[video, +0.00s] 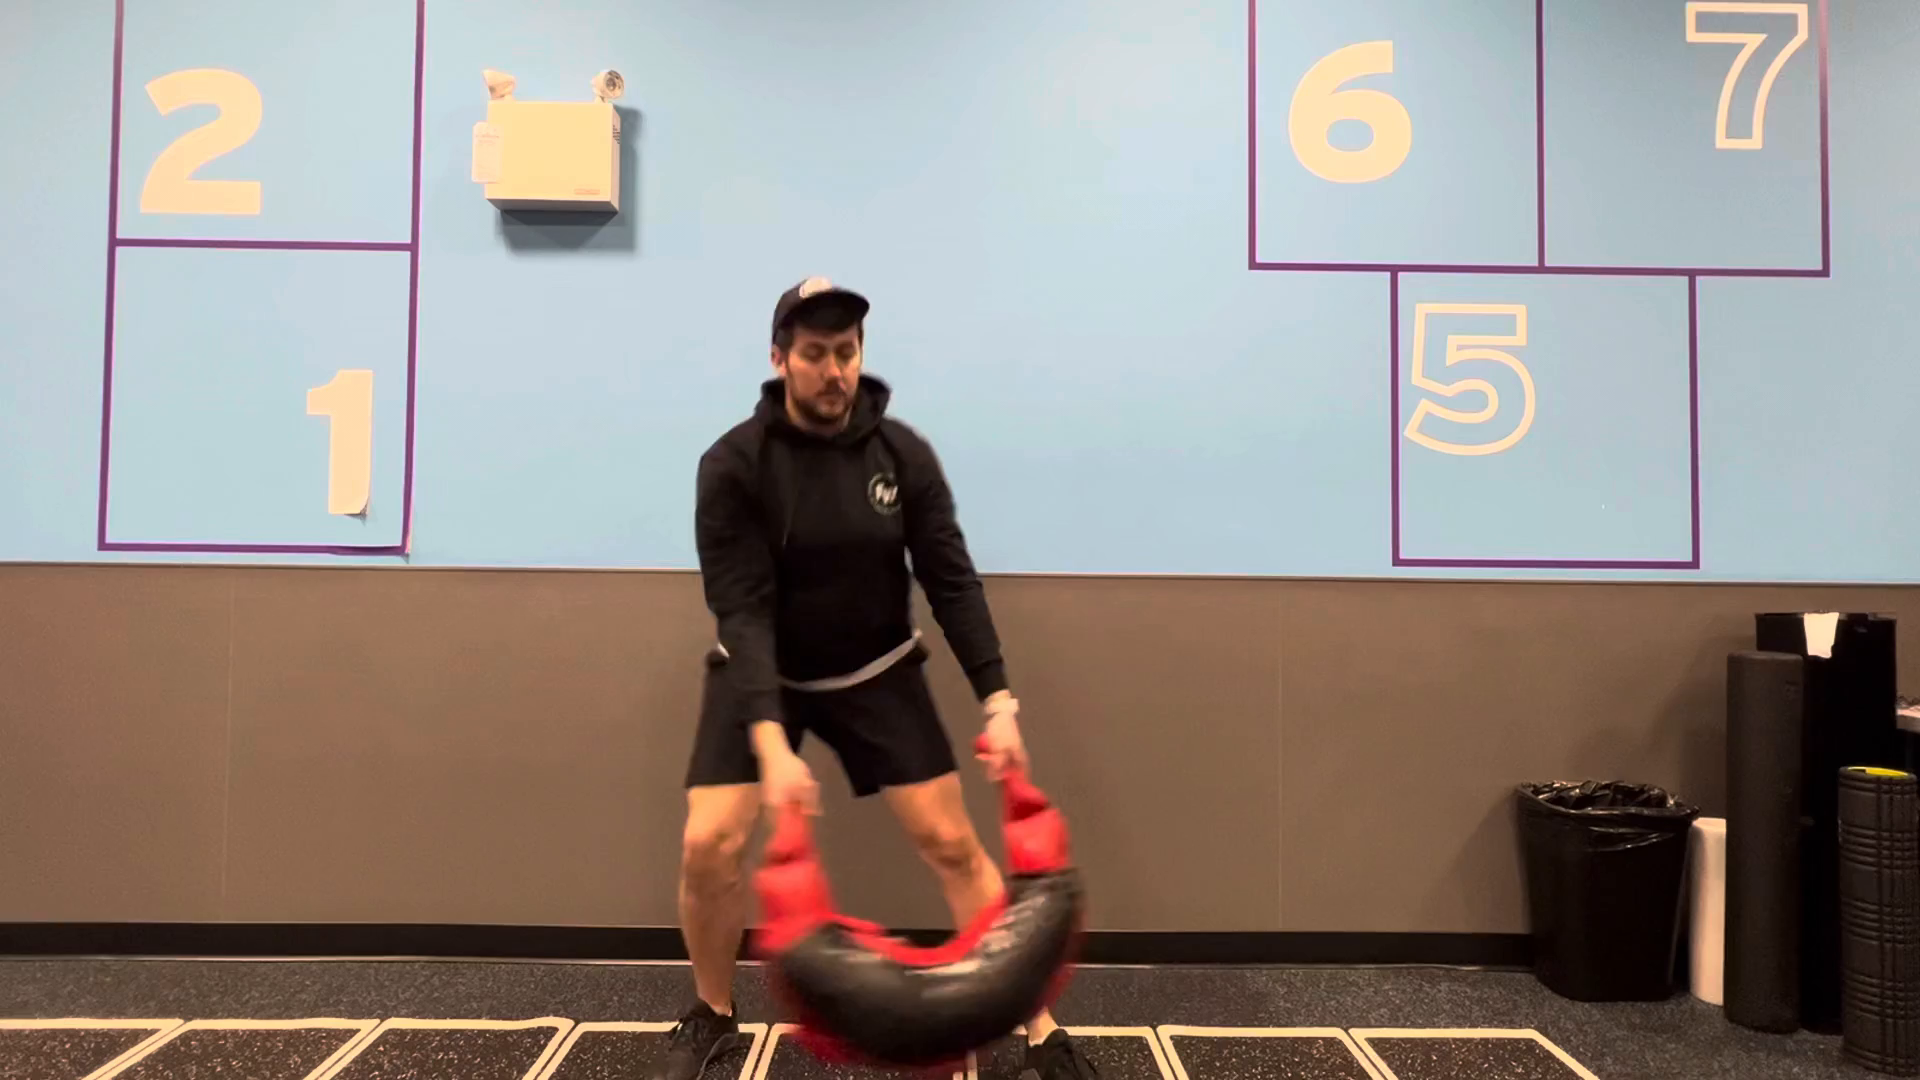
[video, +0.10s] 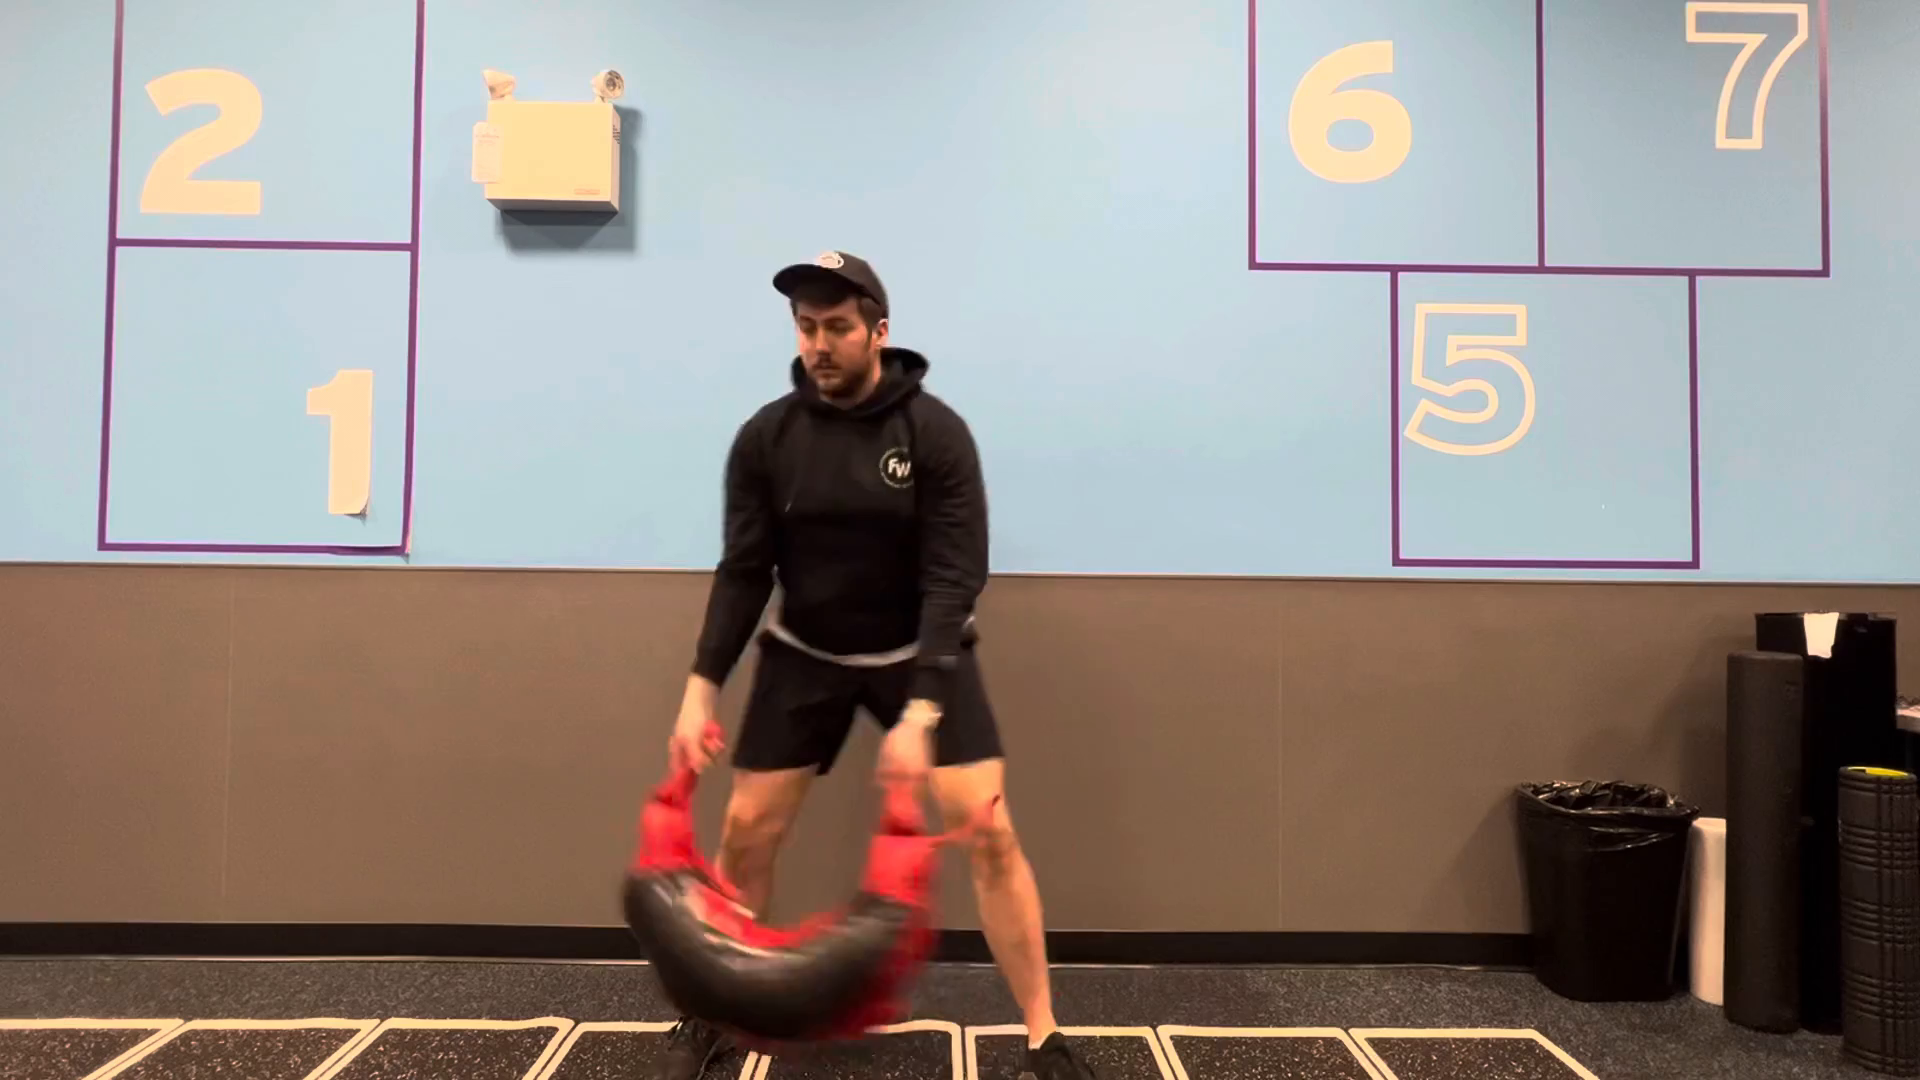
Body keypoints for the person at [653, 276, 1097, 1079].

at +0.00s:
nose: (836, 371)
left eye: (848, 353)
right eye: (818, 355)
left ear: (863, 358)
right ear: (781, 360)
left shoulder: (903, 457)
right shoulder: (732, 467)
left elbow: (950, 579)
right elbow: (741, 613)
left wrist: (997, 697)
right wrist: (771, 745)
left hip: (877, 672)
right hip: (761, 676)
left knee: (952, 844)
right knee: (707, 846)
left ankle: (1039, 1031)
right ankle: (714, 1013)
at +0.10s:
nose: (818, 344)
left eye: (837, 327)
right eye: (806, 328)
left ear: (879, 329)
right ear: (795, 334)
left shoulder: (935, 436)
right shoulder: (764, 441)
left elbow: (954, 579)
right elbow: (742, 569)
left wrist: (920, 710)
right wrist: (701, 686)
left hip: (921, 654)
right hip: (805, 654)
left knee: (989, 831)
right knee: (746, 832)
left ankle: (1043, 1034)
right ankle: (721, 1020)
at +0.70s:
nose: (854, 422)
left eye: (866, 406)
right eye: (856, 406)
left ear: (916, 413)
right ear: (909, 413)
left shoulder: (967, 515)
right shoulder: (885, 506)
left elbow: (841, 625)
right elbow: (836, 611)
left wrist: (681, 667)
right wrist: (737, 641)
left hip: (1047, 715)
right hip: (935, 709)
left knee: (1093, 906)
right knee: (836, 859)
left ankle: (1052, 1051)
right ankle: (714, 1014)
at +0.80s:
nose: (862, 391)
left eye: (876, 375)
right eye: (861, 375)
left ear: (934, 381)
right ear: (899, 382)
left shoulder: (980, 486)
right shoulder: (874, 478)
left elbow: (885, 623)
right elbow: (841, 582)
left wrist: (749, 690)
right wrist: (744, 637)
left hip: (1029, 695)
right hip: (913, 691)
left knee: (1082, 886)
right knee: (819, 857)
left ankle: (1050, 1051)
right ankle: (715, 1014)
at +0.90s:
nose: (875, 361)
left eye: (893, 343)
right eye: (864, 345)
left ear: (940, 343)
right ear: (855, 349)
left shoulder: (990, 456)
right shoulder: (845, 446)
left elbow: (952, 604)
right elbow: (814, 552)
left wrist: (858, 714)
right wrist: (739, 636)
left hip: (998, 671)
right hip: (878, 665)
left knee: (1057, 858)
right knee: (802, 838)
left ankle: (1050, 1049)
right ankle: (719, 1009)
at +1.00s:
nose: (890, 339)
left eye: (902, 320)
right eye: (870, 325)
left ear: (925, 321)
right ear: (842, 334)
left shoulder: (979, 434)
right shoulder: (805, 424)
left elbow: (990, 576)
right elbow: (764, 548)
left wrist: (975, 710)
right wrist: (738, 673)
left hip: (951, 660)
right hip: (835, 658)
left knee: (1018, 834)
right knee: (770, 829)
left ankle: (1046, 1042)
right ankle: (721, 1004)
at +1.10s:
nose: (888, 348)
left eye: (896, 332)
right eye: (869, 334)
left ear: (906, 337)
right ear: (825, 343)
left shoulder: (937, 442)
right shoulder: (769, 445)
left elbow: (978, 568)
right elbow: (746, 590)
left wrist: (1028, 682)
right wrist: (802, 708)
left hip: (907, 662)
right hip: (783, 667)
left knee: (973, 832)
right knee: (724, 854)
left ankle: (1034, 1031)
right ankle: (718, 1013)